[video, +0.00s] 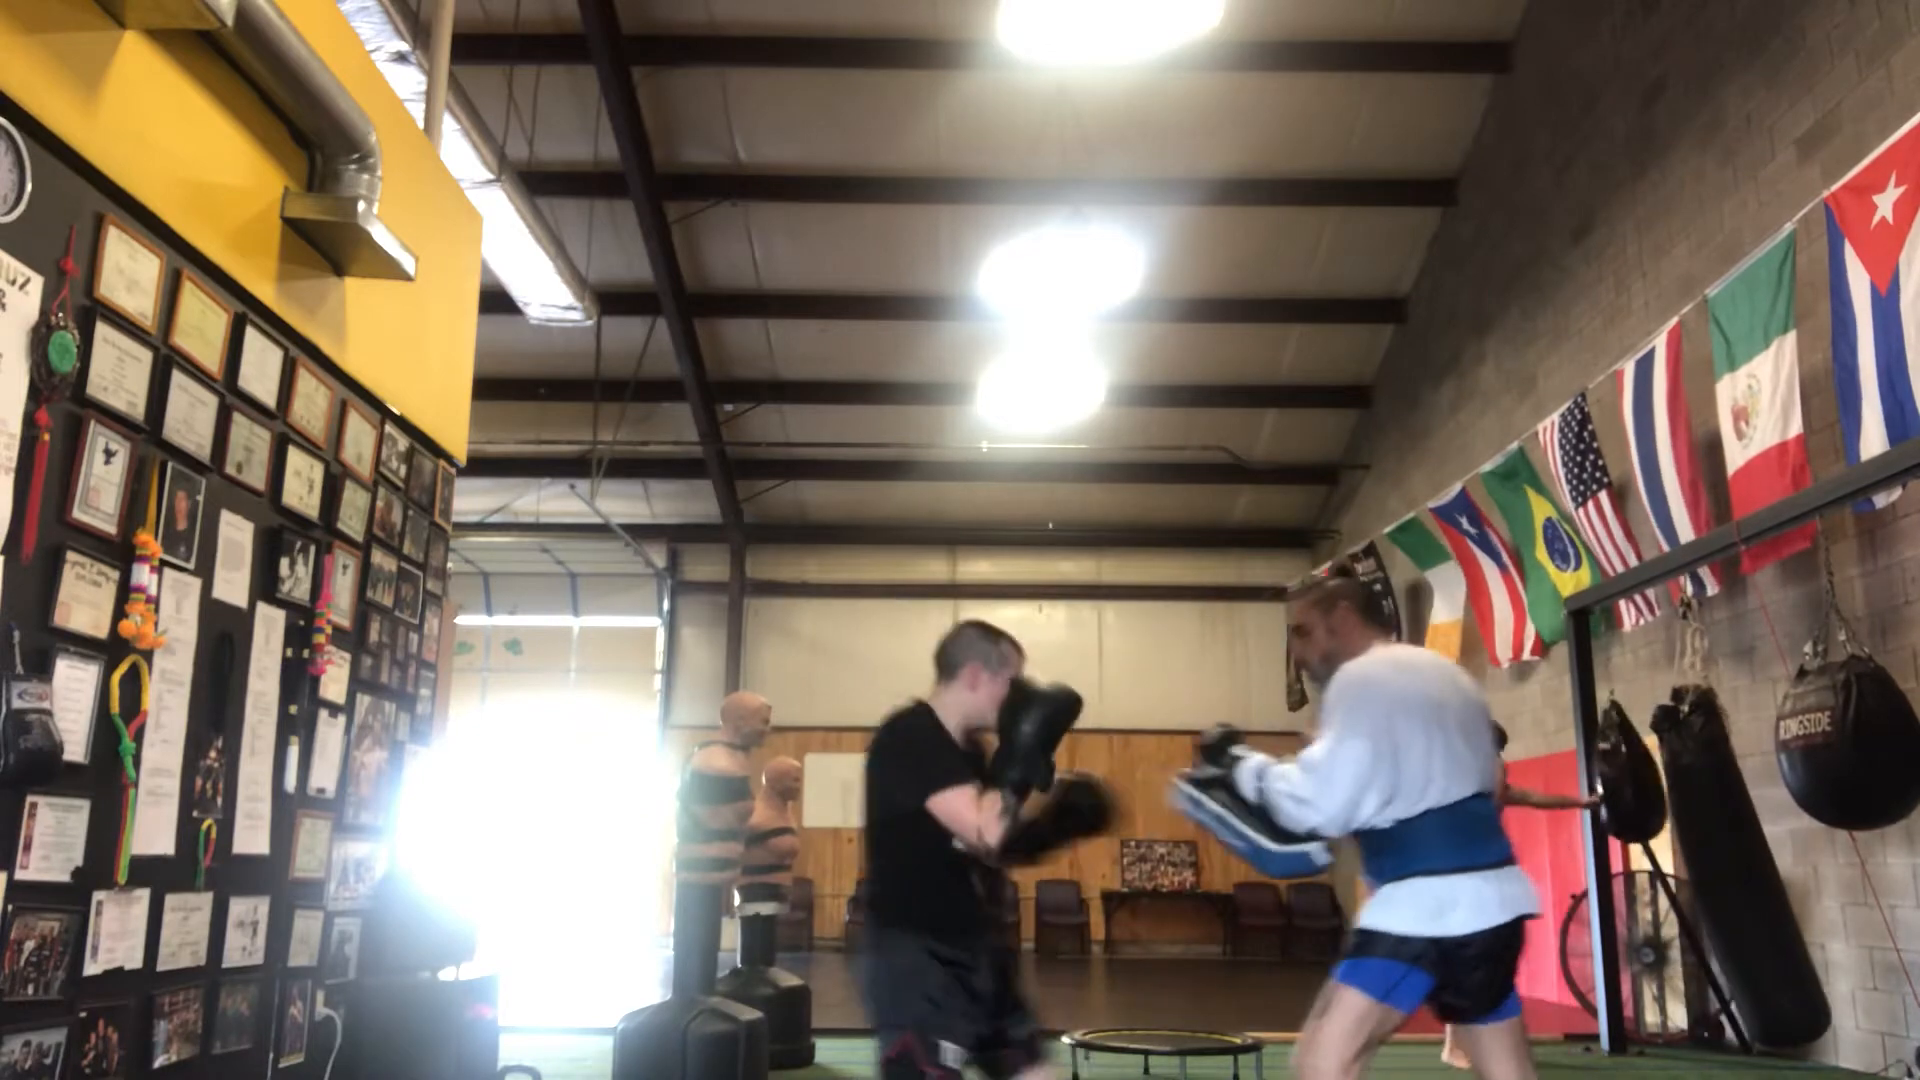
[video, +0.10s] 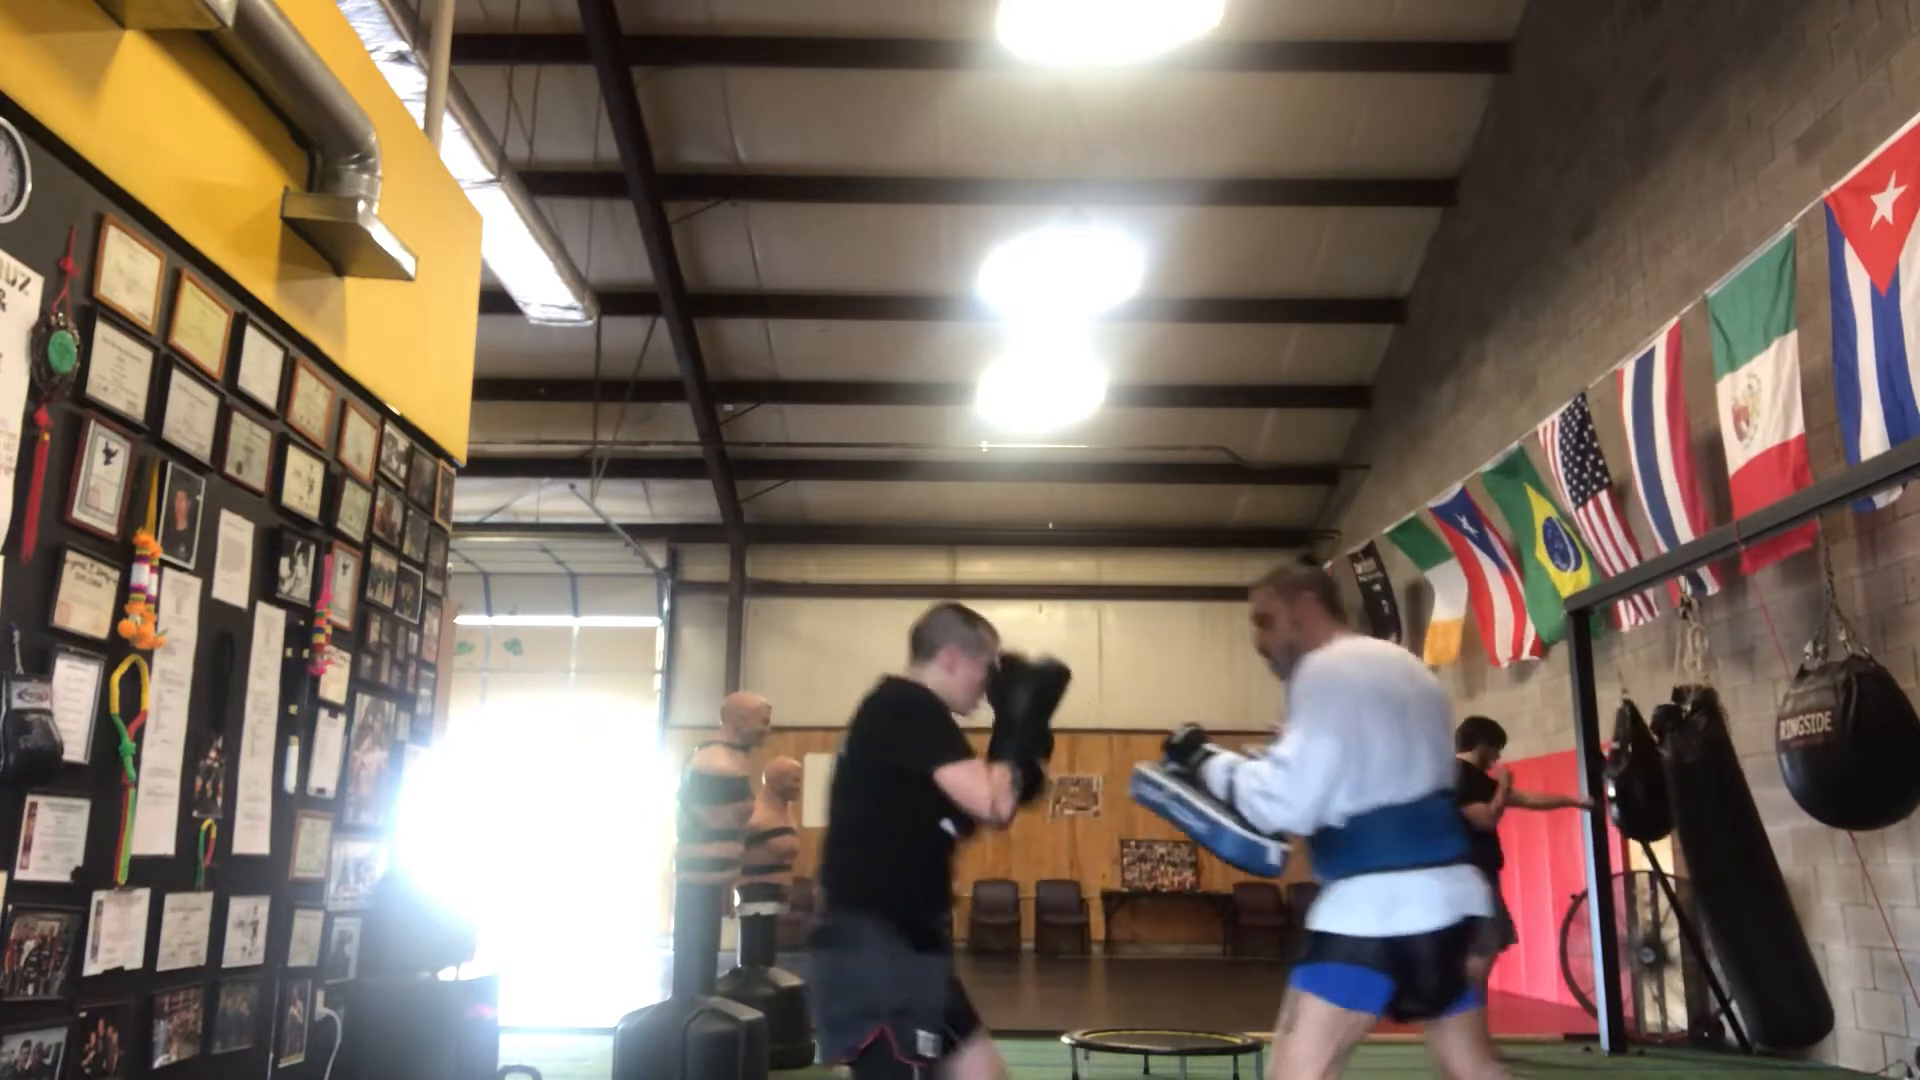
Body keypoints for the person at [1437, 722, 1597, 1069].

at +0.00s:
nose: (1501, 761)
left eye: (1501, 751)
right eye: (1495, 751)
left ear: (1498, 753)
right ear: (1476, 755)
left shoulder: (1492, 788)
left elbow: (1535, 799)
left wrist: (1582, 801)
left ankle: (1459, 1044)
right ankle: (1454, 1044)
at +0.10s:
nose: (1497, 757)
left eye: (1498, 750)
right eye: (1495, 749)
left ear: (1472, 744)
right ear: (1481, 746)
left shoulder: (1479, 779)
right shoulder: (1460, 775)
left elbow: (1527, 800)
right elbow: (1485, 819)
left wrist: (1574, 802)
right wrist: (1503, 785)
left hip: (1484, 871)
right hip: (1470, 873)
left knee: (1494, 937)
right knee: (1488, 939)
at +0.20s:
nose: (1497, 758)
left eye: (1498, 751)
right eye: (1495, 749)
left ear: (1470, 744)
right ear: (1479, 745)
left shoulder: (1466, 774)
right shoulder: (1457, 772)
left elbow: (1501, 814)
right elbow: (1481, 820)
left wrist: (1539, 802)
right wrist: (1507, 795)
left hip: (1477, 878)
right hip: (1466, 880)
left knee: (1478, 954)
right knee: (1479, 953)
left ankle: (1475, 1039)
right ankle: (1460, 1043)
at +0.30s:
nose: (1497, 758)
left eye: (1498, 750)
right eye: (1495, 750)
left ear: (1468, 744)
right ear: (1480, 747)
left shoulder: (1461, 775)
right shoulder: (1459, 775)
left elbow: (1484, 822)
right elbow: (1484, 823)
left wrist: (1507, 805)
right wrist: (1510, 803)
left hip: (1476, 880)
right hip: (1467, 882)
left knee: (1480, 957)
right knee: (1477, 957)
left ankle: (1477, 1042)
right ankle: (1462, 1048)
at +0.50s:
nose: (1497, 761)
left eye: (1498, 754)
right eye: (1495, 753)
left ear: (1462, 747)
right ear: (1481, 750)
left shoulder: (1444, 780)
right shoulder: (1465, 780)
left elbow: (1481, 829)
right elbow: (1496, 829)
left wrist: (1506, 812)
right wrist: (1514, 810)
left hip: (1472, 882)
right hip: (1467, 883)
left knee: (1501, 946)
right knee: (1471, 958)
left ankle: (1484, 1035)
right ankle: (1458, 1052)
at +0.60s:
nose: (1497, 759)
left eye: (1498, 752)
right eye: (1495, 751)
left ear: (1464, 745)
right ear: (1481, 749)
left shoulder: (1450, 777)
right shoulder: (1464, 778)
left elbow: (1485, 825)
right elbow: (1495, 825)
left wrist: (1503, 800)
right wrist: (1512, 798)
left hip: (1475, 880)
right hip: (1465, 882)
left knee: (1500, 946)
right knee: (1473, 956)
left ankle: (1474, 1032)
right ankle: (1458, 1050)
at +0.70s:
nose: (1496, 758)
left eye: (1497, 752)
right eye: (1494, 751)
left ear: (1464, 746)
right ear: (1480, 748)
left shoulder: (1448, 775)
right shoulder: (1462, 777)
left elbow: (1486, 823)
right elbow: (1493, 824)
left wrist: (1501, 797)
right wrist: (1505, 795)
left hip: (1461, 879)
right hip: (1466, 880)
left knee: (1488, 952)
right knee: (1489, 952)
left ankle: (1461, 1039)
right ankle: (1463, 1044)